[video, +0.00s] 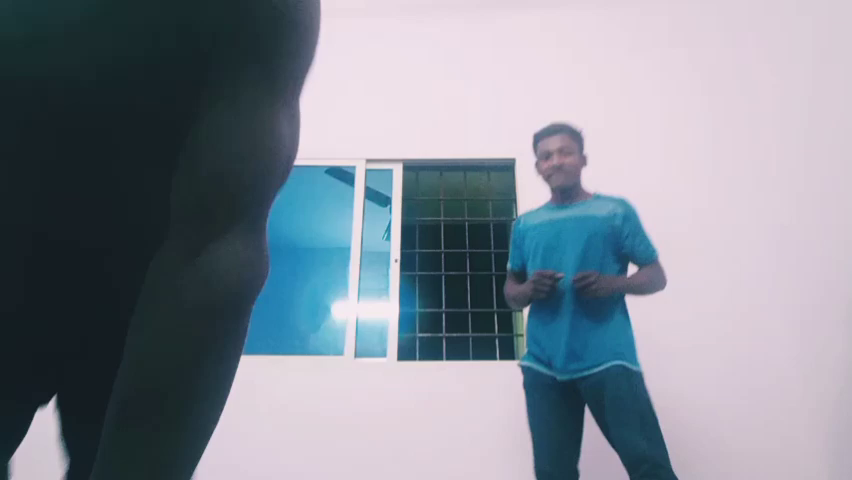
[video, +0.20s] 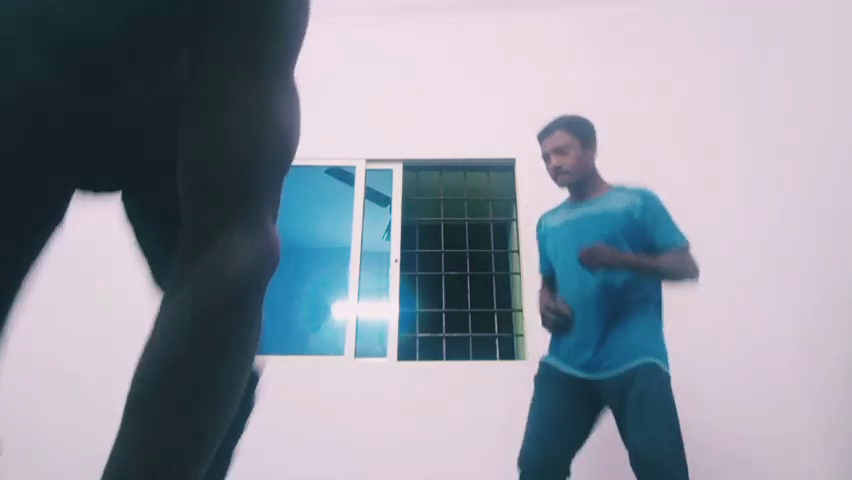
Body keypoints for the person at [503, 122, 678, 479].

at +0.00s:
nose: (555, 162)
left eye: (564, 153)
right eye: (546, 156)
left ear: (583, 160)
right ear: (537, 167)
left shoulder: (615, 212)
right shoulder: (525, 224)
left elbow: (656, 277)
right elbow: (511, 295)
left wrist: (613, 283)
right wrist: (529, 288)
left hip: (607, 363)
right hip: (544, 367)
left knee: (648, 465)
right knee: (552, 471)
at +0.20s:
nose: (553, 164)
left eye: (562, 152)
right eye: (547, 157)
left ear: (590, 151)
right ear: (544, 162)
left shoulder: (639, 203)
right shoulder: (548, 223)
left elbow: (686, 266)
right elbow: (549, 281)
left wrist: (621, 259)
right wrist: (546, 303)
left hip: (635, 363)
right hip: (567, 365)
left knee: (661, 469)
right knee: (537, 468)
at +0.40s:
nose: (535, 124)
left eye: (543, 113)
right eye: (527, 121)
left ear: (568, 116)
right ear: (524, 133)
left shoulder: (612, 154)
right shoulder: (535, 194)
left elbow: (674, 206)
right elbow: (556, 261)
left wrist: (601, 214)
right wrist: (544, 275)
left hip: (628, 319)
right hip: (563, 327)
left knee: (665, 435)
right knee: (567, 443)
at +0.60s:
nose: (535, 147)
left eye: (545, 137)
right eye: (526, 143)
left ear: (569, 144)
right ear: (523, 158)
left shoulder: (610, 187)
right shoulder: (526, 227)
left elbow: (669, 246)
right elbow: (538, 302)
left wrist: (601, 259)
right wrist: (527, 309)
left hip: (631, 352)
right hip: (560, 364)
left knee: (690, 462)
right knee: (550, 469)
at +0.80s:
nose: (552, 103)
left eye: (561, 92)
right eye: (544, 99)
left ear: (585, 96)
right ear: (541, 113)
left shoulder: (624, 134)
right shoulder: (548, 177)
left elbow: (686, 192)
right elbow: (560, 246)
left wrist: (620, 204)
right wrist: (547, 253)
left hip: (633, 302)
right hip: (571, 315)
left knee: (667, 426)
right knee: (573, 439)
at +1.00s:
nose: (572, 124)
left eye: (583, 113)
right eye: (565, 119)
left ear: (610, 121)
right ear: (562, 134)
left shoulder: (647, 162)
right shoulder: (579, 205)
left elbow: (702, 213)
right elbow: (610, 282)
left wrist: (612, 225)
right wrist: (576, 296)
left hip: (653, 342)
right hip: (594, 355)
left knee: (674, 466)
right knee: (561, 468)